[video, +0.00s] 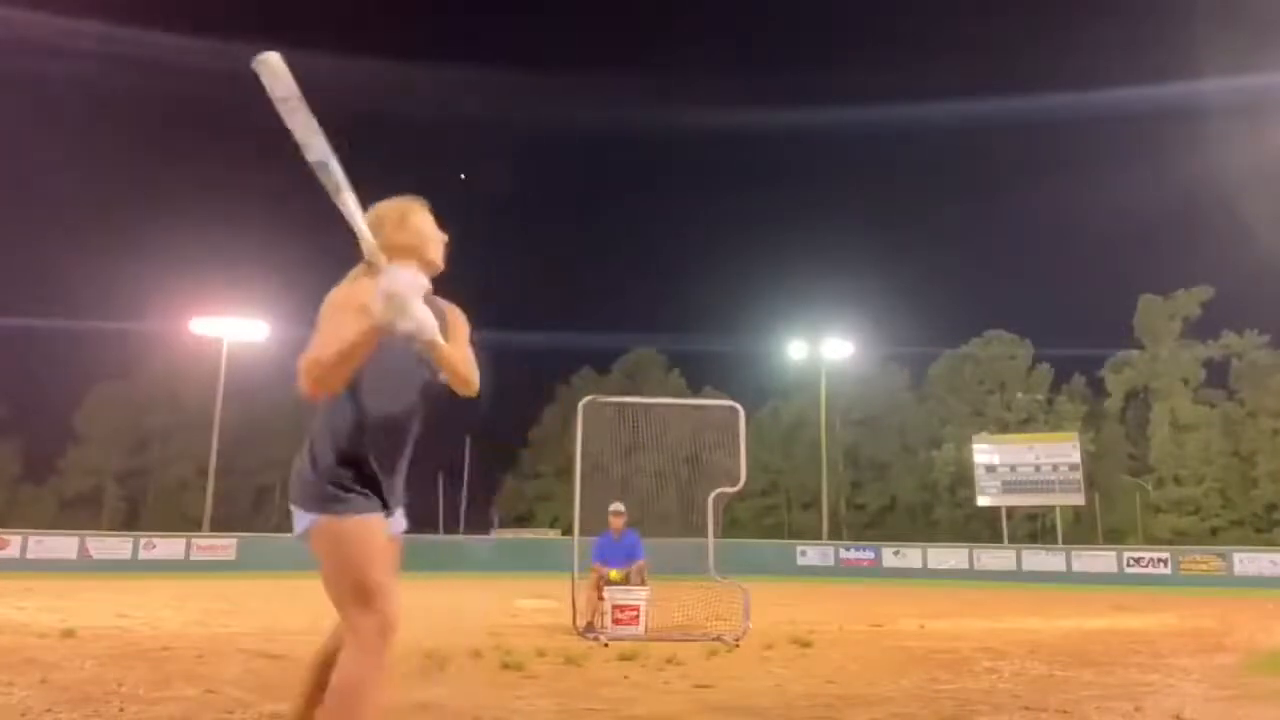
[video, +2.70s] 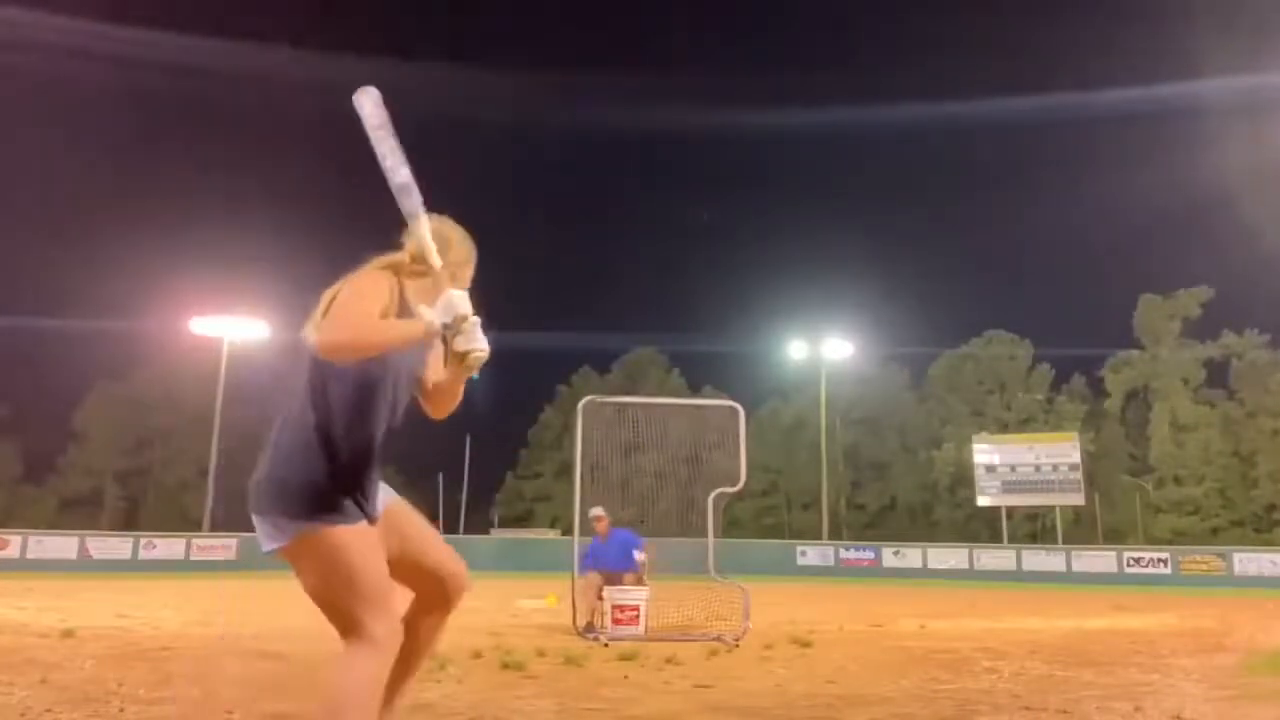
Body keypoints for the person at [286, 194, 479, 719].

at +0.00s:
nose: (443, 235)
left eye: (438, 225)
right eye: (431, 225)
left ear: (413, 238)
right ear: (397, 236)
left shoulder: (447, 314)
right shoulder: (356, 296)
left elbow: (468, 383)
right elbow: (316, 381)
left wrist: (426, 333)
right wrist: (380, 322)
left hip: (387, 492)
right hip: (334, 487)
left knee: (360, 625)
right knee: (373, 625)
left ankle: (309, 709)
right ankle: (341, 712)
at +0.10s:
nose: (427, 241)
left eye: (425, 233)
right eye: (415, 232)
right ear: (381, 240)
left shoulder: (430, 308)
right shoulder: (336, 289)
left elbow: (455, 371)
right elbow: (298, 372)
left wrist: (407, 320)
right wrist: (356, 300)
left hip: (370, 488)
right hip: (320, 482)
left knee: (332, 628)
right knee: (360, 620)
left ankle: (243, 709)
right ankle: (332, 713)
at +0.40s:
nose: (378, 261)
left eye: (379, 250)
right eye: (372, 249)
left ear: (337, 250)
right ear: (342, 247)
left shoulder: (352, 302)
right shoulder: (296, 281)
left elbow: (400, 380)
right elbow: (290, 372)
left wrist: (397, 323)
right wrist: (349, 313)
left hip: (291, 480)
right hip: (278, 479)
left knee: (251, 638)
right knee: (341, 623)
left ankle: (183, 713)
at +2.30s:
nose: (413, 274)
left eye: (415, 266)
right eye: (415, 261)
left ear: (363, 233)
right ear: (404, 247)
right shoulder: (354, 266)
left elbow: (420, 386)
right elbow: (363, 335)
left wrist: (465, 335)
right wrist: (436, 301)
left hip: (271, 475)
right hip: (299, 475)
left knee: (287, 635)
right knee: (363, 629)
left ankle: (203, 713)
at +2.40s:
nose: (426, 281)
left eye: (429, 272)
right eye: (427, 267)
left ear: (390, 240)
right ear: (411, 248)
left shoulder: (377, 309)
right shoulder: (353, 268)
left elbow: (424, 391)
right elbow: (365, 333)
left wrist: (470, 348)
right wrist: (445, 309)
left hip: (307, 477)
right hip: (293, 475)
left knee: (332, 634)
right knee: (369, 630)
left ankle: (242, 712)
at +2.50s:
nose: (442, 286)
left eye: (446, 277)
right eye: (443, 272)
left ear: (406, 255)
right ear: (426, 257)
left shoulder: (396, 315)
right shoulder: (362, 272)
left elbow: (427, 398)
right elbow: (353, 335)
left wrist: (468, 358)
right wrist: (446, 318)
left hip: (335, 484)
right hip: (289, 485)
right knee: (369, 629)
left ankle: (298, 709)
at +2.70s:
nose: (460, 293)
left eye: (464, 284)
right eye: (462, 280)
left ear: (421, 258)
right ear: (443, 268)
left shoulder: (423, 324)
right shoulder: (375, 282)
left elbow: (436, 405)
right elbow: (331, 339)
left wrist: (460, 366)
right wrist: (429, 325)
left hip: (355, 488)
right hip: (304, 493)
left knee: (446, 581)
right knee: (376, 628)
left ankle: (379, 706)